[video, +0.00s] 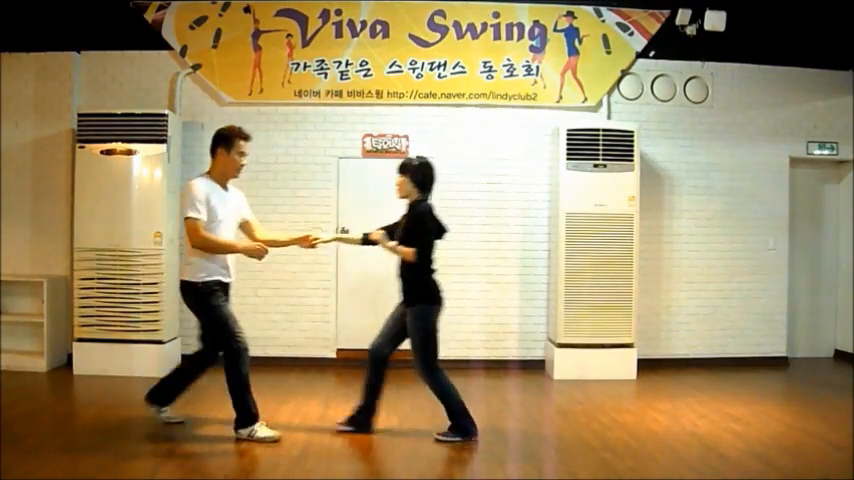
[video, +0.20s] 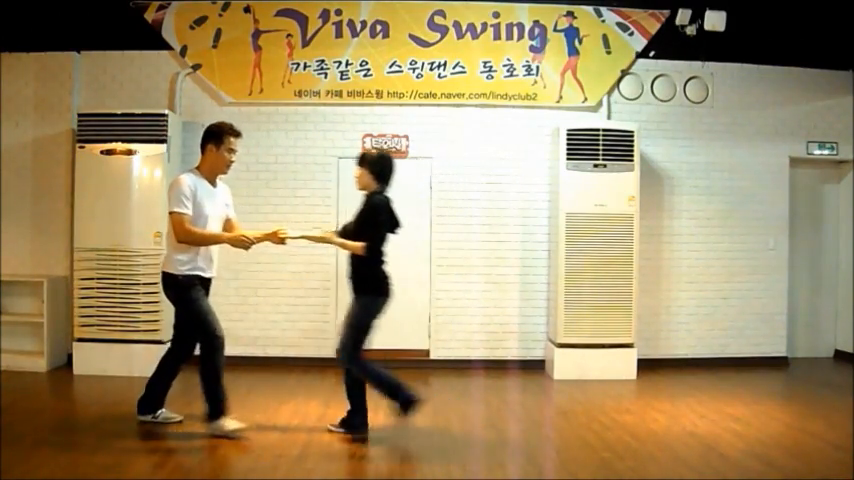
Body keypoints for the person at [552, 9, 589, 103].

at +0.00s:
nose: (567, 20)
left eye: (568, 18)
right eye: (566, 18)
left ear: (572, 18)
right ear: (568, 18)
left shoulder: (568, 29)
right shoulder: (576, 29)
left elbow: (555, 30)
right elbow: (579, 43)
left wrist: (557, 19)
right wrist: (582, 37)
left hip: (572, 54)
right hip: (575, 53)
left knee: (562, 73)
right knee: (574, 75)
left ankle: (559, 95)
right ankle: (584, 95)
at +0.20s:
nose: (567, 20)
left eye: (568, 18)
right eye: (567, 18)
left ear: (572, 19)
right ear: (568, 19)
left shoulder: (567, 29)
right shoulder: (576, 29)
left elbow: (555, 30)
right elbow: (579, 43)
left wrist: (557, 19)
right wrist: (582, 37)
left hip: (572, 54)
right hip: (575, 53)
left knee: (562, 73)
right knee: (574, 75)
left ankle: (559, 95)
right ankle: (584, 96)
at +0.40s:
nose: (567, 19)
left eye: (568, 18)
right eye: (567, 18)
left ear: (572, 18)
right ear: (568, 18)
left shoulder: (567, 29)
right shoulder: (576, 29)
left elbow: (555, 30)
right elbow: (579, 43)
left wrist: (557, 19)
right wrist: (582, 37)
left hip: (572, 54)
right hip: (575, 53)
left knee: (562, 73)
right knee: (574, 75)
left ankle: (559, 95)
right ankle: (584, 96)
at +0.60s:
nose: (567, 19)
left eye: (568, 18)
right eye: (567, 17)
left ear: (572, 18)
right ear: (568, 19)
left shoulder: (568, 29)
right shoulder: (576, 29)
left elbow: (555, 30)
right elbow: (579, 43)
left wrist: (557, 19)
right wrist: (582, 37)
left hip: (572, 54)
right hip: (575, 53)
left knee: (562, 73)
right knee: (574, 75)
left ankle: (559, 95)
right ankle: (584, 96)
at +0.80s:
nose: (567, 19)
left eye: (568, 18)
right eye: (567, 18)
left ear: (572, 18)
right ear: (568, 18)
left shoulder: (567, 29)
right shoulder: (576, 29)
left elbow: (555, 30)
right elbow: (579, 43)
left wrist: (557, 20)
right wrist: (582, 37)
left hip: (572, 54)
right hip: (575, 54)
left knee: (562, 73)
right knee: (574, 75)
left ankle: (559, 95)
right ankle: (584, 96)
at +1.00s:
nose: (567, 19)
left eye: (569, 17)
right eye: (567, 17)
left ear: (572, 18)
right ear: (567, 18)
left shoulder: (569, 29)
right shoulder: (576, 29)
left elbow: (555, 30)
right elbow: (580, 43)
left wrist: (556, 20)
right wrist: (582, 37)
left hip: (573, 54)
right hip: (573, 54)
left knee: (562, 73)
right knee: (574, 75)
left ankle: (559, 95)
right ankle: (584, 96)